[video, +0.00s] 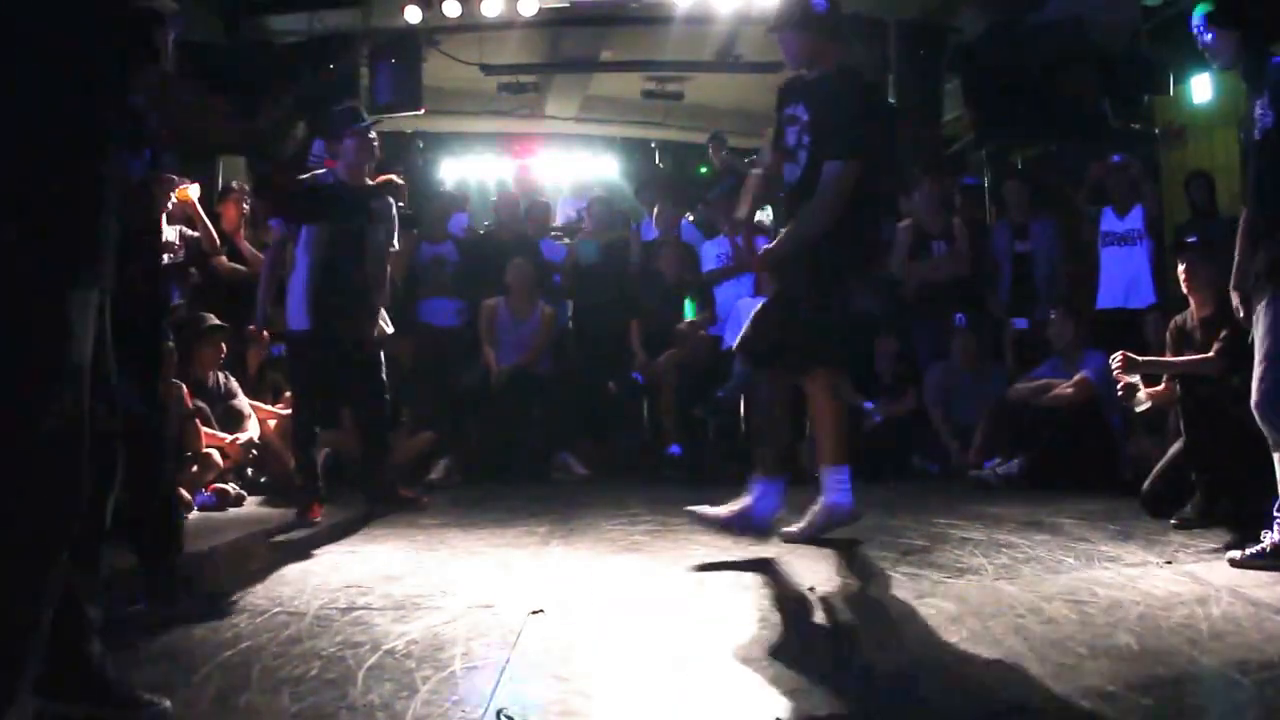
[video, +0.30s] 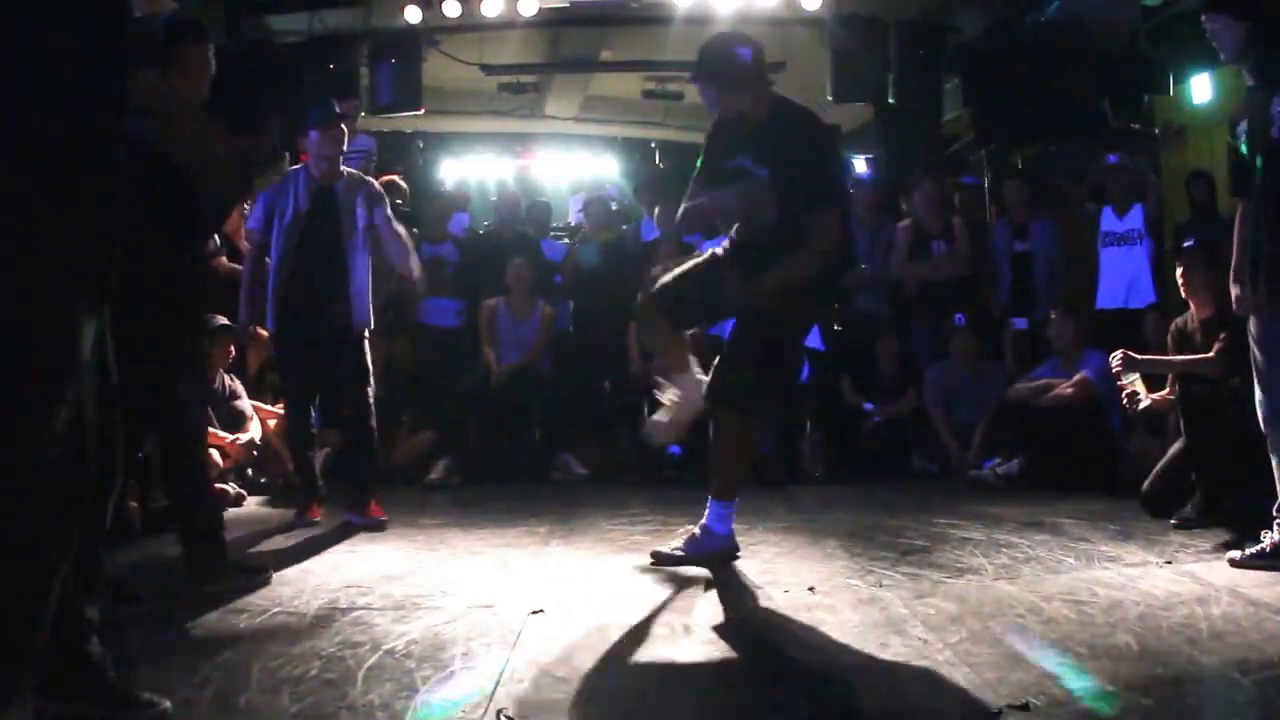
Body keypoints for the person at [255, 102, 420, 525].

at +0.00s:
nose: (369, 149)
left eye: (373, 142)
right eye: (360, 141)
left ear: (377, 151)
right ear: (337, 147)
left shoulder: (383, 202)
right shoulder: (308, 189)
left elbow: (384, 263)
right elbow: (277, 250)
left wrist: (379, 311)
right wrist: (263, 312)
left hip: (361, 321)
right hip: (308, 320)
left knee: (375, 409)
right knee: (306, 413)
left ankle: (379, 486)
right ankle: (309, 496)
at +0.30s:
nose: (331, 159)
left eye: (337, 150)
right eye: (324, 151)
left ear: (345, 148)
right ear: (305, 148)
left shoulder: (364, 191)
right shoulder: (277, 196)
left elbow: (397, 251)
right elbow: (255, 260)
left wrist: (412, 278)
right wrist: (249, 319)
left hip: (347, 326)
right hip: (294, 325)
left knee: (360, 413)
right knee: (297, 417)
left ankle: (363, 497)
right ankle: (309, 497)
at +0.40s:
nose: (329, 162)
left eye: (335, 153)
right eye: (321, 153)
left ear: (345, 147)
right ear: (304, 147)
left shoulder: (363, 185)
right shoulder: (278, 186)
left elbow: (418, 205)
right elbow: (253, 252)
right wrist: (249, 316)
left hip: (346, 321)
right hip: (293, 320)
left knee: (348, 411)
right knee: (297, 413)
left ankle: (348, 501)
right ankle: (308, 498)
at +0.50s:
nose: (331, 145)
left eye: (338, 138)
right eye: (324, 136)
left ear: (346, 142)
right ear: (306, 137)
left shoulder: (360, 185)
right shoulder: (278, 186)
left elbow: (408, 164)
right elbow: (254, 252)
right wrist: (249, 316)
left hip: (343, 317)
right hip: (291, 317)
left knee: (344, 411)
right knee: (296, 409)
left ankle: (345, 505)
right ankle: (308, 496)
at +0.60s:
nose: (336, 131)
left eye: (342, 124)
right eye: (327, 123)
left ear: (349, 131)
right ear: (307, 132)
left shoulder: (364, 174)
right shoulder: (286, 178)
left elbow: (409, 146)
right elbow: (261, 247)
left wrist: (449, 115)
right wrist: (251, 310)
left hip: (343, 313)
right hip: (291, 312)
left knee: (341, 413)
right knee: (296, 413)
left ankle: (342, 509)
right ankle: (308, 496)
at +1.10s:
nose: (339, 125)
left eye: (344, 116)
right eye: (330, 115)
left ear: (349, 121)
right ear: (307, 117)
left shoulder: (360, 164)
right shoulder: (275, 172)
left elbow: (413, 171)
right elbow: (251, 240)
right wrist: (253, 305)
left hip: (347, 308)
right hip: (293, 308)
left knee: (344, 415)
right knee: (292, 415)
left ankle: (341, 510)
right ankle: (290, 512)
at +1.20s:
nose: (340, 118)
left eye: (340, 110)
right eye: (329, 109)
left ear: (341, 116)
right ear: (300, 117)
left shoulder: (359, 167)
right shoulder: (271, 177)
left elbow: (403, 206)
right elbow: (255, 251)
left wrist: (447, 257)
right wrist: (262, 313)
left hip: (347, 314)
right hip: (291, 314)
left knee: (345, 418)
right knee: (289, 421)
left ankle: (342, 511)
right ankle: (290, 512)